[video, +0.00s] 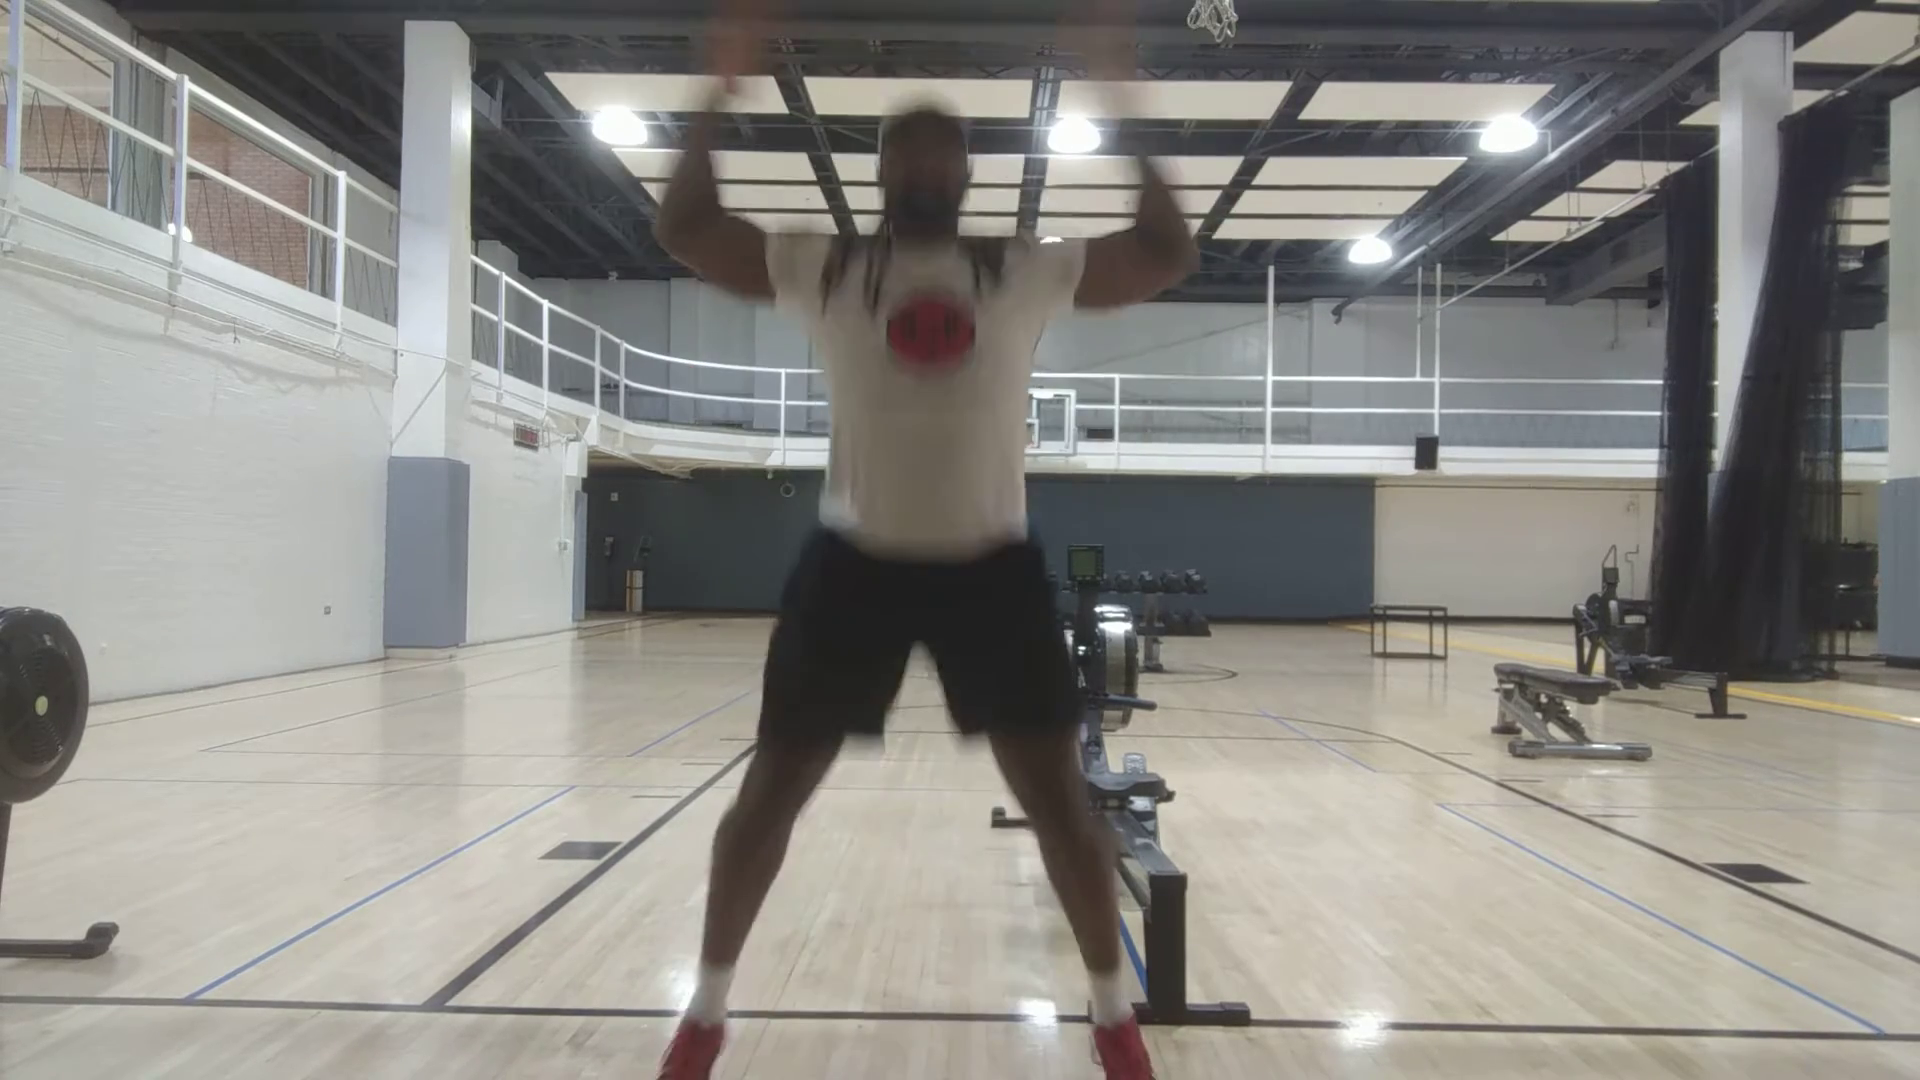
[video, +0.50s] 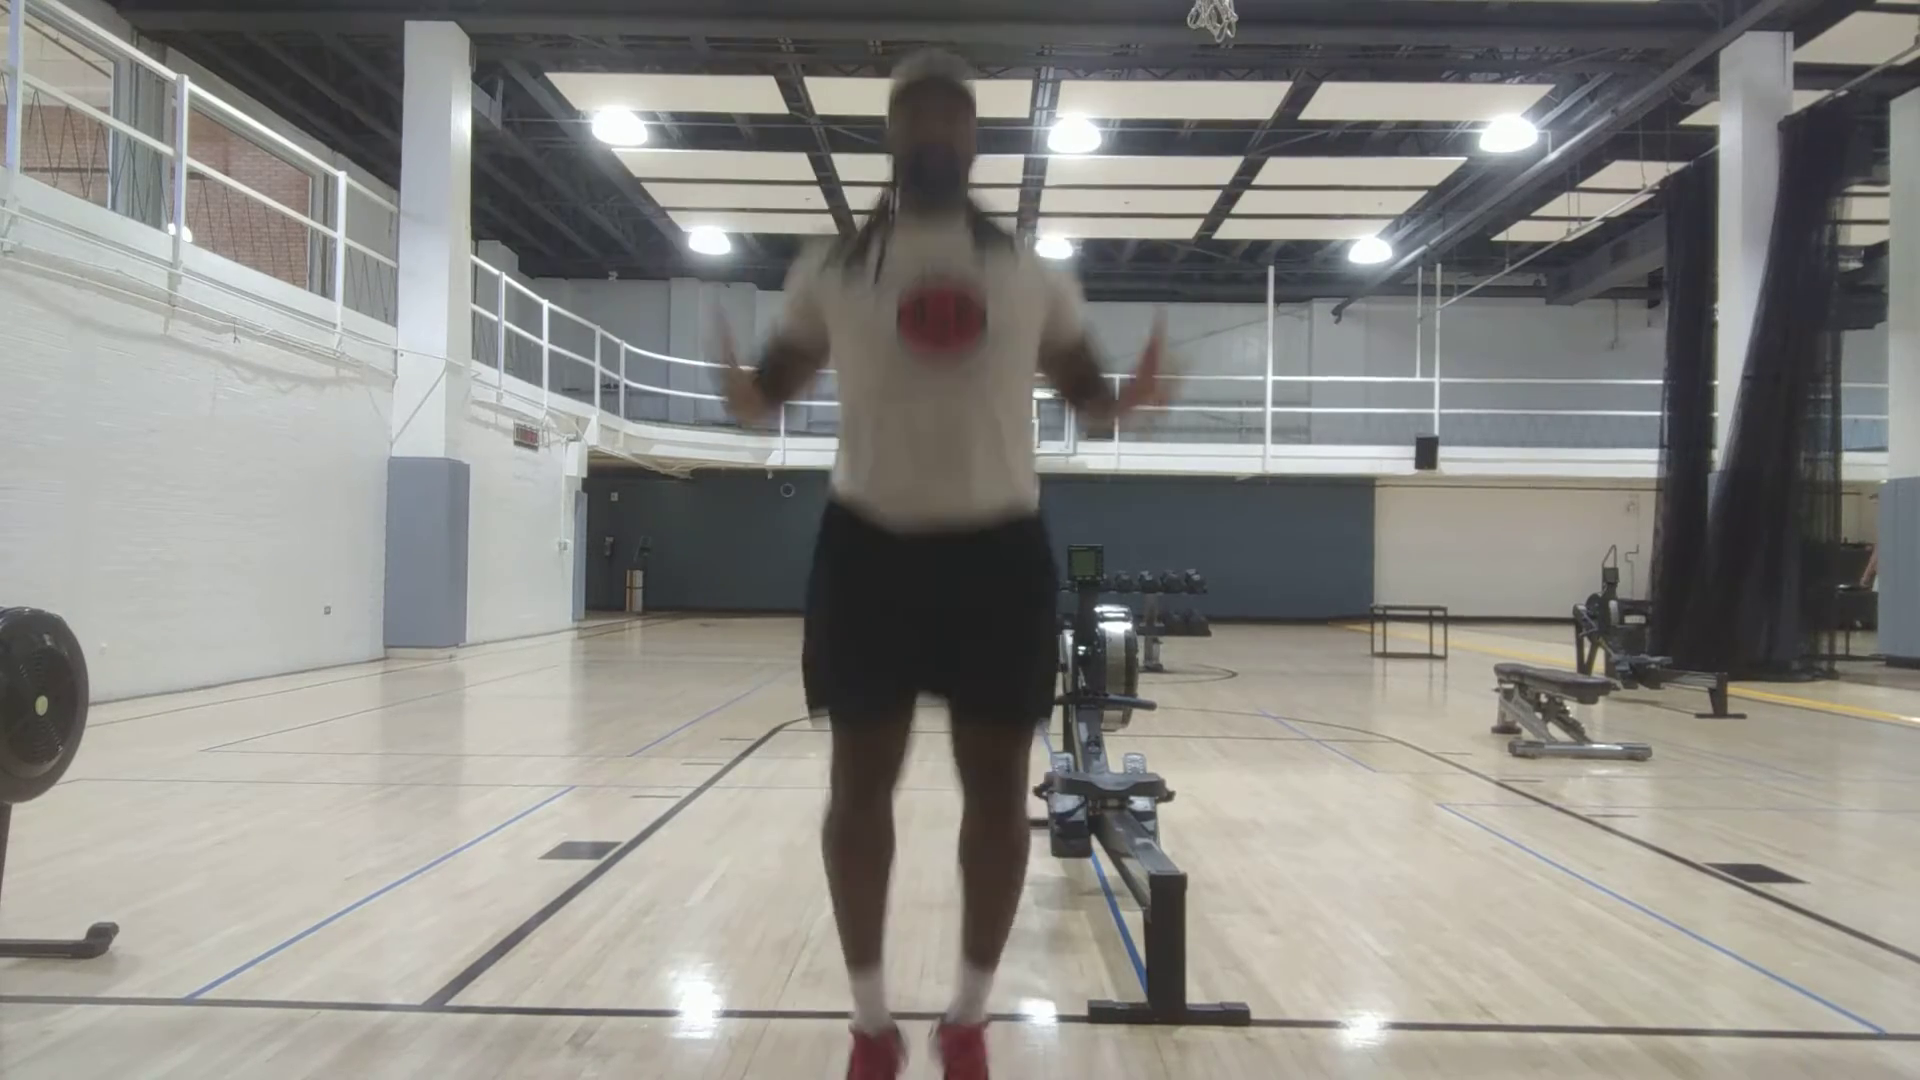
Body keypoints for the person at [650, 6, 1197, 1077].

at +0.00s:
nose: (921, 168)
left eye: (940, 153)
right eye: (904, 152)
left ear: (969, 172)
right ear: (876, 170)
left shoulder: (1026, 274)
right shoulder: (824, 270)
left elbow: (1166, 250)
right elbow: (686, 228)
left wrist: (1126, 96)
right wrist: (715, 92)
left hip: (993, 574)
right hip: (855, 570)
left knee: (1060, 803)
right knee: (770, 793)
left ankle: (1116, 1006)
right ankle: (706, 1008)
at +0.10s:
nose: (925, 91)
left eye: (944, 75)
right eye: (907, 74)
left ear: (975, 96)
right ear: (878, 94)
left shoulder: (1027, 198)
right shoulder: (826, 196)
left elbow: (1155, 270)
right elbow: (690, 238)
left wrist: (1218, 170)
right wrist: (648, 126)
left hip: (993, 498)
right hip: (857, 494)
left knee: (1033, 747)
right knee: (803, 735)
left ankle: (1070, 988)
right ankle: (768, 974)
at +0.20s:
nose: (935, 53)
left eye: (955, 40)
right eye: (916, 38)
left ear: (981, 72)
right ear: (883, 67)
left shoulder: (1030, 188)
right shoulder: (829, 187)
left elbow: (1108, 312)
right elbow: (735, 292)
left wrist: (1179, 284)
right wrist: (681, 260)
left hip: (992, 479)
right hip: (859, 476)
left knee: (1003, 741)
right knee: (841, 735)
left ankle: (991, 985)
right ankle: (848, 981)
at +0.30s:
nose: (933, 105)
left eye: (951, 88)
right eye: (916, 88)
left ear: (979, 109)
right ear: (886, 108)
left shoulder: (1032, 252)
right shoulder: (832, 245)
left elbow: (1066, 383)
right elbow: (782, 378)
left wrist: (1092, 400)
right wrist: (771, 367)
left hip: (992, 529)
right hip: (866, 525)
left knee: (988, 802)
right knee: (860, 790)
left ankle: (964, 1024)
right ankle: (872, 1025)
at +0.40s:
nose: (930, 182)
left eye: (949, 166)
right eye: (913, 165)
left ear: (977, 185)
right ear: (887, 181)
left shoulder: (1029, 313)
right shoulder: (830, 312)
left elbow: (1055, 467)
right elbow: (786, 458)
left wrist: (1067, 474)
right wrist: (804, 466)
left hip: (995, 594)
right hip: (865, 592)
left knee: (995, 840)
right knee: (867, 833)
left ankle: (955, 1041)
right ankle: (881, 1046)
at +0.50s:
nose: (933, 135)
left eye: (951, 118)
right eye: (916, 118)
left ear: (976, 136)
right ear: (888, 135)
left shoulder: (1030, 270)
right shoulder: (836, 264)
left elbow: (1086, 395)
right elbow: (776, 383)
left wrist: (1129, 396)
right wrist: (751, 387)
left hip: (998, 546)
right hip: (871, 545)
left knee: (998, 792)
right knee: (860, 782)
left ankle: (969, 1016)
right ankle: (869, 1019)